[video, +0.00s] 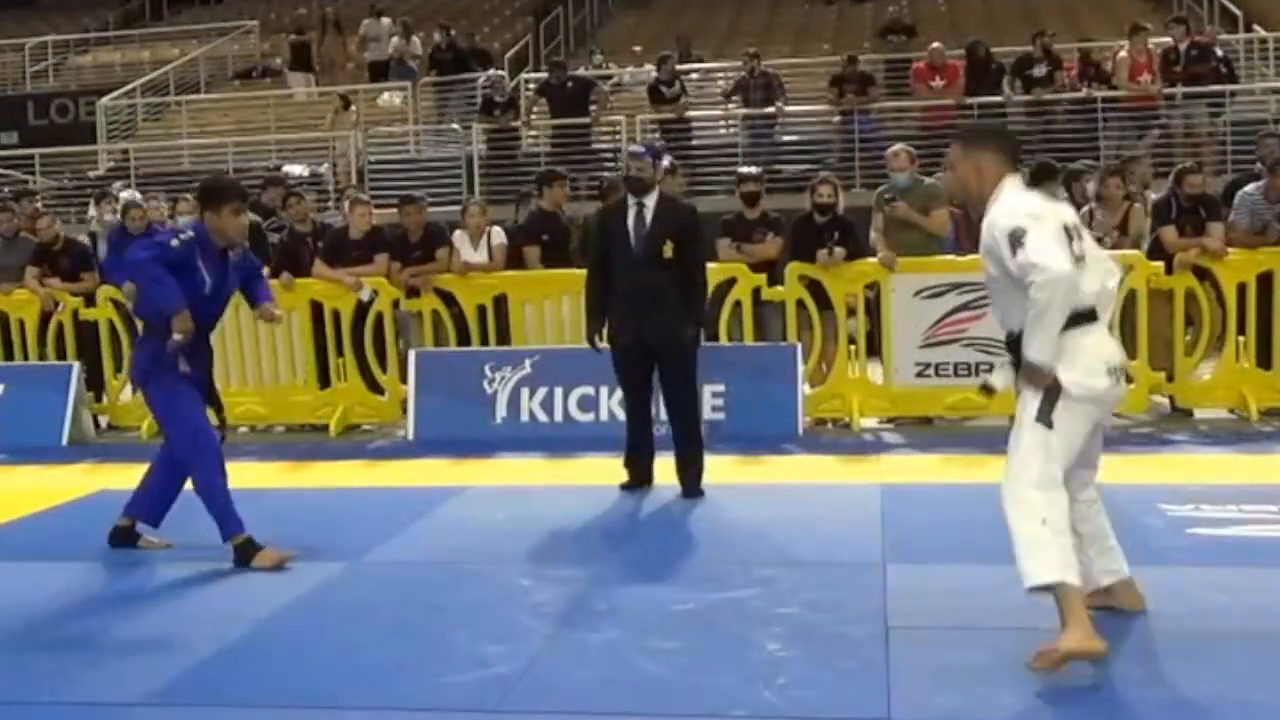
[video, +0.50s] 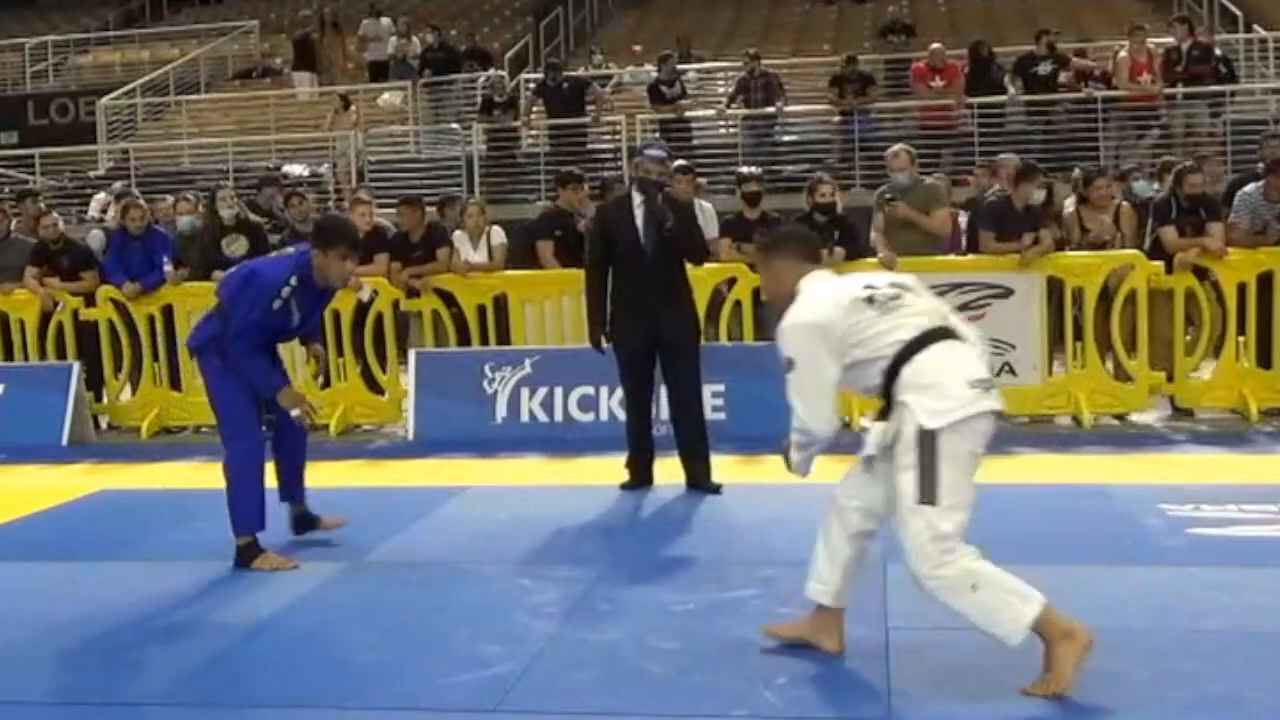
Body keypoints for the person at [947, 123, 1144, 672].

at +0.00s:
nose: (948, 180)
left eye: (951, 168)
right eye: (947, 169)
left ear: (980, 164)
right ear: (997, 165)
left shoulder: (1011, 212)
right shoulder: (1045, 203)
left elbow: (1053, 274)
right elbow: (1104, 270)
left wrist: (1035, 357)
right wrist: (1085, 333)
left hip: (1066, 359)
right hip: (1096, 353)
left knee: (1029, 483)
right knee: (1074, 480)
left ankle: (1076, 625)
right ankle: (1114, 582)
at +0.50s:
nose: (761, 288)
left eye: (762, 275)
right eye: (759, 275)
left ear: (782, 271)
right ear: (814, 262)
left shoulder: (804, 318)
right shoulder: (874, 279)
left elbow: (817, 423)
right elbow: (959, 335)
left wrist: (798, 454)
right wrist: (890, 419)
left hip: (940, 405)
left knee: (934, 555)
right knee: (852, 503)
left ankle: (1061, 633)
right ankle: (824, 619)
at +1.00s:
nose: (609, 298)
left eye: (608, 287)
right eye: (607, 288)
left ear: (622, 281)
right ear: (659, 273)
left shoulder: (627, 324)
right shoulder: (719, 297)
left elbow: (629, 432)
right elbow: (764, 364)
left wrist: (633, 478)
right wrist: (694, 450)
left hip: (742, 431)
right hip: (810, 420)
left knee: (678, 573)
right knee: (761, 516)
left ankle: (751, 706)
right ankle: (776, 630)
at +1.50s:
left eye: (529, 290)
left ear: (528, 293)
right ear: (577, 294)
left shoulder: (502, 321)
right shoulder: (616, 317)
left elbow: (462, 392)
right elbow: (664, 416)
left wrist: (480, 476)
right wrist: (635, 458)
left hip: (551, 423)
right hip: (627, 422)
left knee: (516, 556)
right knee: (614, 530)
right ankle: (612, 645)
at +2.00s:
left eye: (432, 289)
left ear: (434, 289)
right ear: (482, 283)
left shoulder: (411, 337)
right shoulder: (529, 321)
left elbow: (399, 444)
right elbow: (587, 412)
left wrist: (444, 473)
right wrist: (561, 457)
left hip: (470, 453)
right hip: (544, 450)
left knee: (383, 565)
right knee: (516, 519)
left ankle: (462, 663)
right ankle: (504, 631)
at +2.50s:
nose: (609, 343)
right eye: (615, 338)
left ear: (578, 330)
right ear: (616, 344)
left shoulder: (536, 348)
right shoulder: (623, 403)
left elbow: (467, 377)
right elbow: (656, 478)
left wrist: (499, 409)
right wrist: (690, 549)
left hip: (470, 472)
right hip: (530, 500)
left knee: (378, 467)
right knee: (567, 537)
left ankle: (391, 530)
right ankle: (518, 570)